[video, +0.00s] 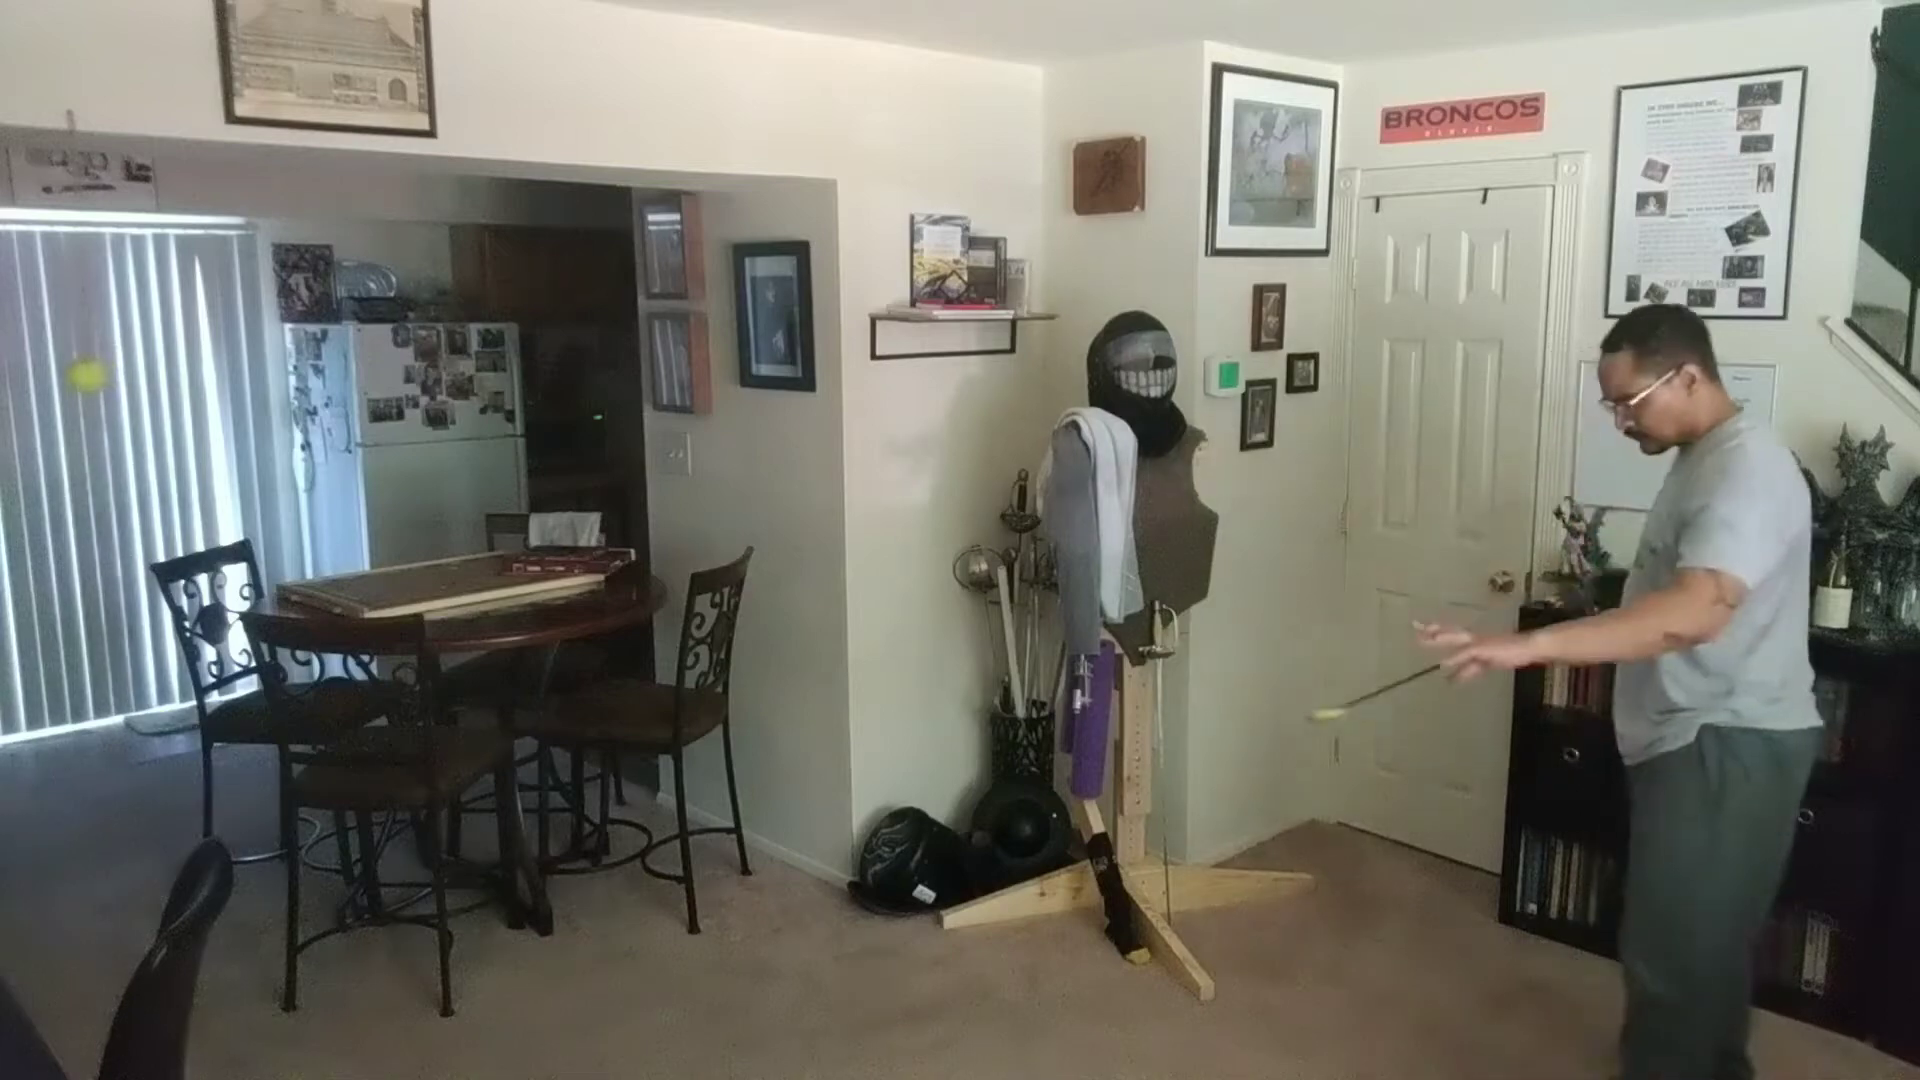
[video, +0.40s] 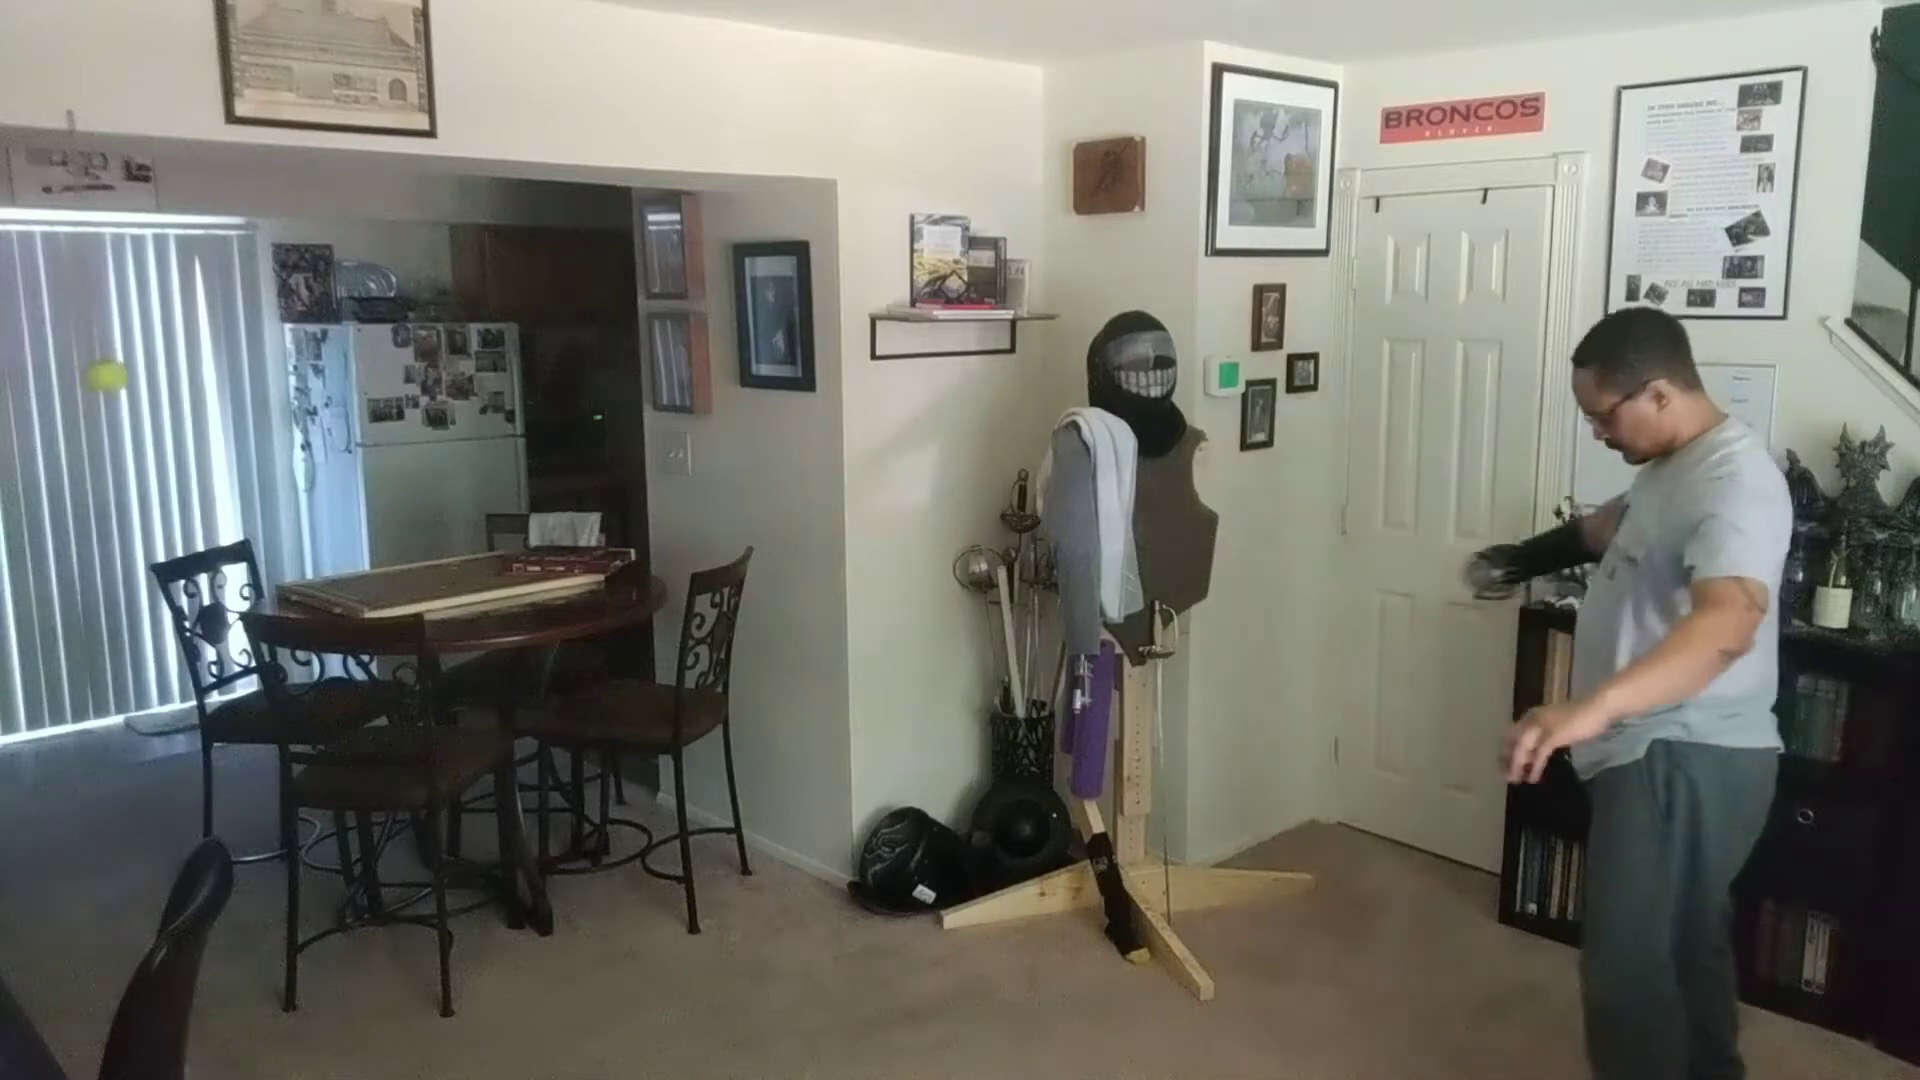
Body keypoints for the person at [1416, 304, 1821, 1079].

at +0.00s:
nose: (1621, 422)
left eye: (1629, 402)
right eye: (1614, 407)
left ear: (1688, 378)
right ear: (1686, 383)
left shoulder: (1749, 466)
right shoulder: (1701, 462)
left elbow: (1695, 610)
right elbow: (1683, 602)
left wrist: (1525, 647)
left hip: (1728, 748)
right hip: (1692, 741)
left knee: (1679, 968)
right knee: (1682, 958)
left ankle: (1672, 1070)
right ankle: (1711, 1065)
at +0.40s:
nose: (1599, 433)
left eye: (1604, 416)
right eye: (1592, 419)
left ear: (1657, 394)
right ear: (1660, 392)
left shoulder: (1734, 474)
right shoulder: (1680, 466)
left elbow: (1728, 623)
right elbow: (1609, 526)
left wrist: (1591, 710)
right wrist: (1530, 554)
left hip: (1680, 769)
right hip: (1657, 758)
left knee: (1627, 976)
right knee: (1689, 956)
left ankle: (1648, 1072)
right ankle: (1710, 1067)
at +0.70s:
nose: (1580, 436)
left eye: (1585, 418)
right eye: (1575, 422)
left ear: (1641, 396)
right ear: (1636, 398)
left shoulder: (1727, 484)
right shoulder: (1623, 472)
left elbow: (1761, 646)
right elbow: (1558, 529)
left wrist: (1644, 736)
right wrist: (1462, 577)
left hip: (1657, 792)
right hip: (1577, 775)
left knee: (1623, 1011)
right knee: (1571, 944)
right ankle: (1675, 1054)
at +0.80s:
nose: (1573, 435)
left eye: (1578, 418)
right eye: (1567, 421)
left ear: (1636, 397)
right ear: (1629, 399)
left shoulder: (1718, 484)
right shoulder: (1607, 475)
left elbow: (1771, 645)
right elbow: (1540, 529)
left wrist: (1650, 735)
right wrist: (1443, 582)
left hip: (1648, 791)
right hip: (1554, 774)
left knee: (1618, 1006)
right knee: (1526, 918)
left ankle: (1639, 1076)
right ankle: (1606, 1050)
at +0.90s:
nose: (1562, 429)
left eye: (1572, 411)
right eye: (1556, 413)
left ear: (1636, 389)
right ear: (1619, 394)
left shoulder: (1708, 486)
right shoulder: (1582, 475)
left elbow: (1770, 635)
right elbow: (1518, 521)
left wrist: (1678, 729)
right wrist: (1425, 577)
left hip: (1643, 789)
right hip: (1537, 767)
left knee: (1619, 1001)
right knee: (1488, 910)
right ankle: (1533, 1054)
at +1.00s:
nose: (1560, 415)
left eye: (1578, 394)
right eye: (1551, 395)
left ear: (1642, 383)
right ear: (1542, 387)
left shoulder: (1693, 484)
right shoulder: (1556, 466)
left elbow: (1768, 615)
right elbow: (1487, 513)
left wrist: (1700, 713)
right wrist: (1406, 576)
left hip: (1634, 782)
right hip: (1520, 757)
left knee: (1613, 990)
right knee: (1452, 907)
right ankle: (1456, 1060)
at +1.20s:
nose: (1555, 395)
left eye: (1578, 377)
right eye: (1538, 375)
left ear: (1618, 378)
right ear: (1520, 376)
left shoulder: (1657, 488)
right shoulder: (1493, 470)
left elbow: (1714, 615)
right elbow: (1420, 541)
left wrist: (1702, 734)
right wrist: (1340, 621)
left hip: (1604, 777)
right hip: (1477, 762)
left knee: (1602, 994)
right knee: (1386, 932)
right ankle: (1333, 1061)